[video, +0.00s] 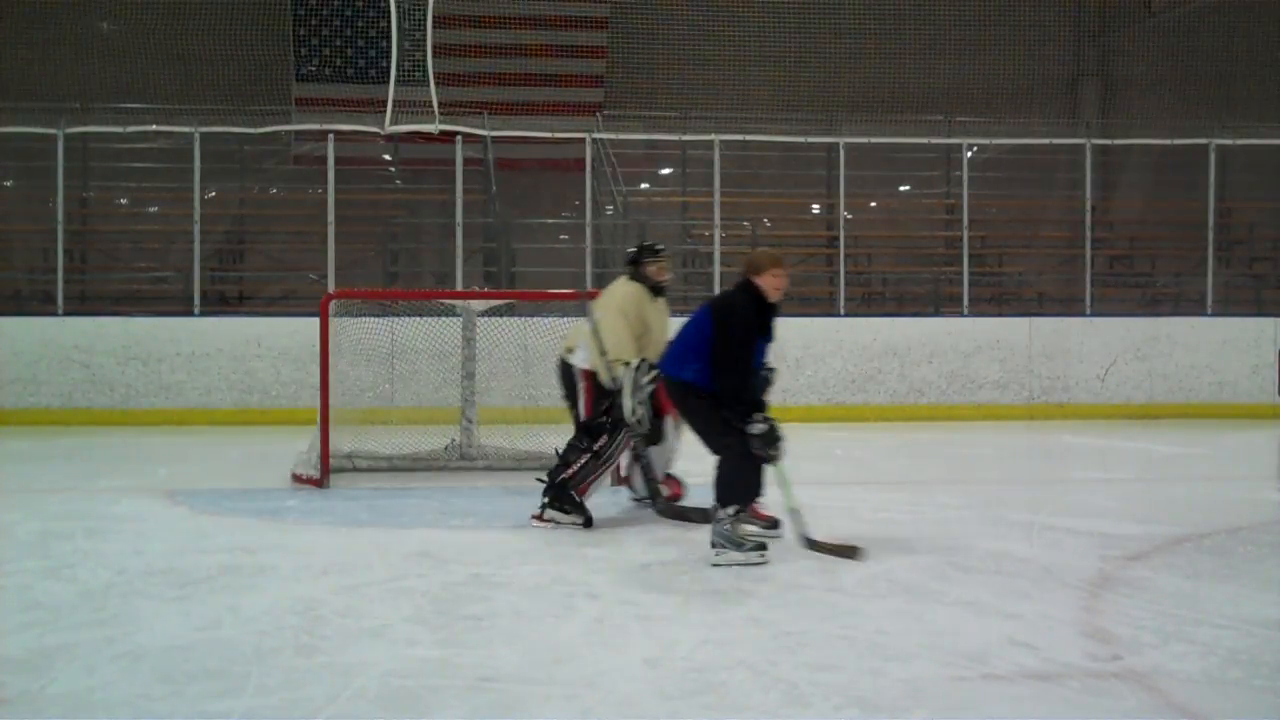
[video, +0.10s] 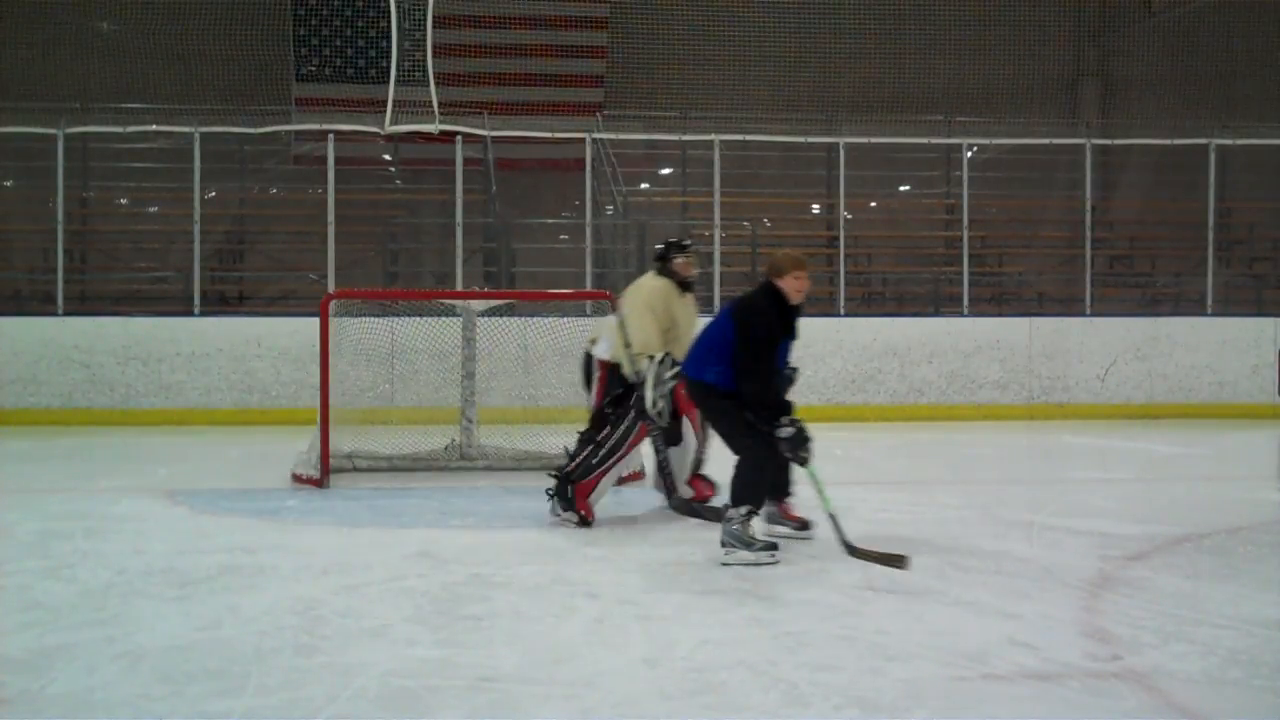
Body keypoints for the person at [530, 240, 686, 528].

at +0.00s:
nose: (663, 270)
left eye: (665, 264)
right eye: (655, 265)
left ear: (666, 268)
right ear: (639, 269)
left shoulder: (657, 302)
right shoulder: (623, 292)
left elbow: (657, 348)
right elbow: (617, 339)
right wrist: (631, 379)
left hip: (615, 371)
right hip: (582, 363)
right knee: (593, 433)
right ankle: (560, 494)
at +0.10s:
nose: (689, 267)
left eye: (691, 261)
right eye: (682, 261)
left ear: (691, 265)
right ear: (667, 264)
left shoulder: (683, 295)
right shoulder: (649, 289)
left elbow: (683, 343)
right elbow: (644, 338)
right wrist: (653, 377)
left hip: (658, 370)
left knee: (684, 426)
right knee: (611, 435)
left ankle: (682, 486)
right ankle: (571, 489)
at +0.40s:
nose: (742, 269)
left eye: (746, 264)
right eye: (736, 262)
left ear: (750, 267)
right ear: (720, 262)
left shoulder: (742, 294)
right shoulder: (697, 287)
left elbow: (745, 340)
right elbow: (682, 339)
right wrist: (686, 386)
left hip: (709, 366)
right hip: (659, 360)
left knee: (732, 420)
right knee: (652, 422)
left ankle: (731, 490)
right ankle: (616, 488)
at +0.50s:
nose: (742, 268)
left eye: (747, 263)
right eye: (736, 262)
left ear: (752, 266)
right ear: (721, 263)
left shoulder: (752, 294)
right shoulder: (699, 288)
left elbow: (755, 339)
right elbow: (684, 336)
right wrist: (691, 381)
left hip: (713, 368)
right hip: (663, 361)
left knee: (734, 416)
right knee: (658, 419)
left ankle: (729, 491)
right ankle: (622, 484)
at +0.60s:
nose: (738, 273)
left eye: (743, 267)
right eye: (732, 267)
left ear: (751, 269)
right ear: (719, 267)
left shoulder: (757, 296)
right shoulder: (698, 291)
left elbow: (767, 341)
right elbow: (682, 338)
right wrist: (688, 383)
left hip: (723, 366)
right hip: (671, 363)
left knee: (739, 426)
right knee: (658, 423)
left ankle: (733, 493)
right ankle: (625, 483)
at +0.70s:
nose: (729, 274)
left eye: (735, 268)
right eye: (723, 268)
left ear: (743, 271)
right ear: (711, 269)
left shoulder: (752, 296)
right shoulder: (691, 293)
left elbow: (764, 339)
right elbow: (674, 338)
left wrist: (764, 385)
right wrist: (675, 388)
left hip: (721, 368)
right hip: (671, 365)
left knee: (735, 431)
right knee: (651, 428)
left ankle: (743, 492)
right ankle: (626, 487)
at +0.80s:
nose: (710, 273)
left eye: (716, 267)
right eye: (704, 267)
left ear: (726, 269)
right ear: (693, 269)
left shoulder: (740, 295)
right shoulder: (673, 296)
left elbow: (754, 338)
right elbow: (659, 340)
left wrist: (752, 379)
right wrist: (658, 382)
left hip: (717, 369)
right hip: (670, 366)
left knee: (727, 423)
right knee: (641, 413)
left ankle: (746, 481)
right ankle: (627, 481)